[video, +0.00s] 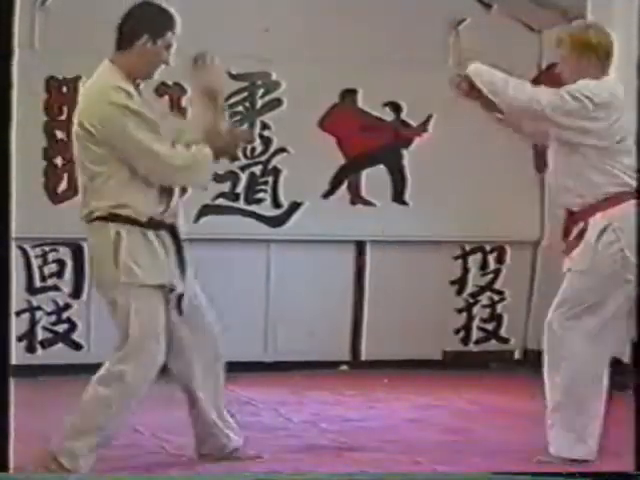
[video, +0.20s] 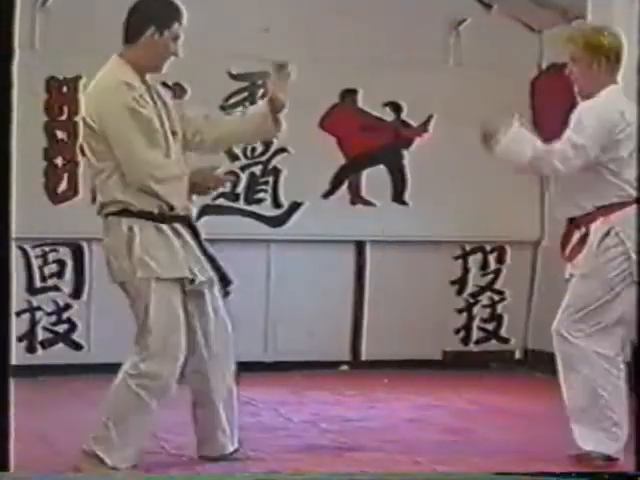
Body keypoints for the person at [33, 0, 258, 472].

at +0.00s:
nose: (168, 57)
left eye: (170, 47)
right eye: (166, 46)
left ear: (136, 42)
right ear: (143, 42)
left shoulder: (128, 93)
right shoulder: (106, 97)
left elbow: (172, 140)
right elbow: (162, 165)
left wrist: (212, 119)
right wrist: (212, 151)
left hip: (154, 236)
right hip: (123, 236)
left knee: (200, 339)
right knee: (142, 352)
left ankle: (217, 442)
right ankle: (68, 459)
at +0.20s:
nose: (175, 51)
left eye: (178, 42)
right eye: (173, 41)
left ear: (148, 35)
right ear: (150, 34)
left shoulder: (150, 91)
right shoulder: (113, 90)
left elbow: (199, 131)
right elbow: (145, 170)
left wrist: (265, 116)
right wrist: (192, 179)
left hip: (172, 228)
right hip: (136, 231)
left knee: (212, 334)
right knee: (162, 347)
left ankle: (219, 445)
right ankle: (104, 457)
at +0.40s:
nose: (187, 54)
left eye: (189, 44)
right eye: (185, 43)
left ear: (167, 37)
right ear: (161, 34)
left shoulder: (164, 98)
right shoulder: (113, 94)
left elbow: (206, 147)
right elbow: (132, 177)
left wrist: (268, 123)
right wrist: (185, 190)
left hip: (171, 233)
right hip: (133, 234)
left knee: (211, 330)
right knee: (156, 348)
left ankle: (214, 444)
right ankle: (107, 455)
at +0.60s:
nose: (206, 71)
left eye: (209, 61)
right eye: (205, 59)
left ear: (180, 55)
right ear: (183, 53)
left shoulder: (171, 108)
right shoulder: (142, 105)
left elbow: (197, 181)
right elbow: (165, 196)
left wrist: (226, 147)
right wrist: (210, 214)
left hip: (172, 247)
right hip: (141, 247)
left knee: (218, 330)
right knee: (165, 358)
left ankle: (227, 433)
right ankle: (107, 456)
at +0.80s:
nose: (240, 84)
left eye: (240, 75)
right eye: (236, 74)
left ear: (203, 70)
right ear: (216, 70)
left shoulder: (174, 103)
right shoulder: (202, 101)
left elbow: (198, 175)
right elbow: (249, 156)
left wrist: (243, 176)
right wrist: (278, 157)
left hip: (183, 248)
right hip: (178, 250)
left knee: (220, 339)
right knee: (182, 361)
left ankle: (217, 429)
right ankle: (112, 454)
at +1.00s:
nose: (294, 99)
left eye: (299, 91)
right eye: (293, 86)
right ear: (271, 71)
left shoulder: (260, 141)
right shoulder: (229, 93)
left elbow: (261, 226)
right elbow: (242, 103)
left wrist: (313, 219)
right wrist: (272, 83)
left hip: (227, 243)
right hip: (198, 232)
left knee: (233, 340)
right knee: (215, 344)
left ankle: (214, 428)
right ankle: (150, 445)